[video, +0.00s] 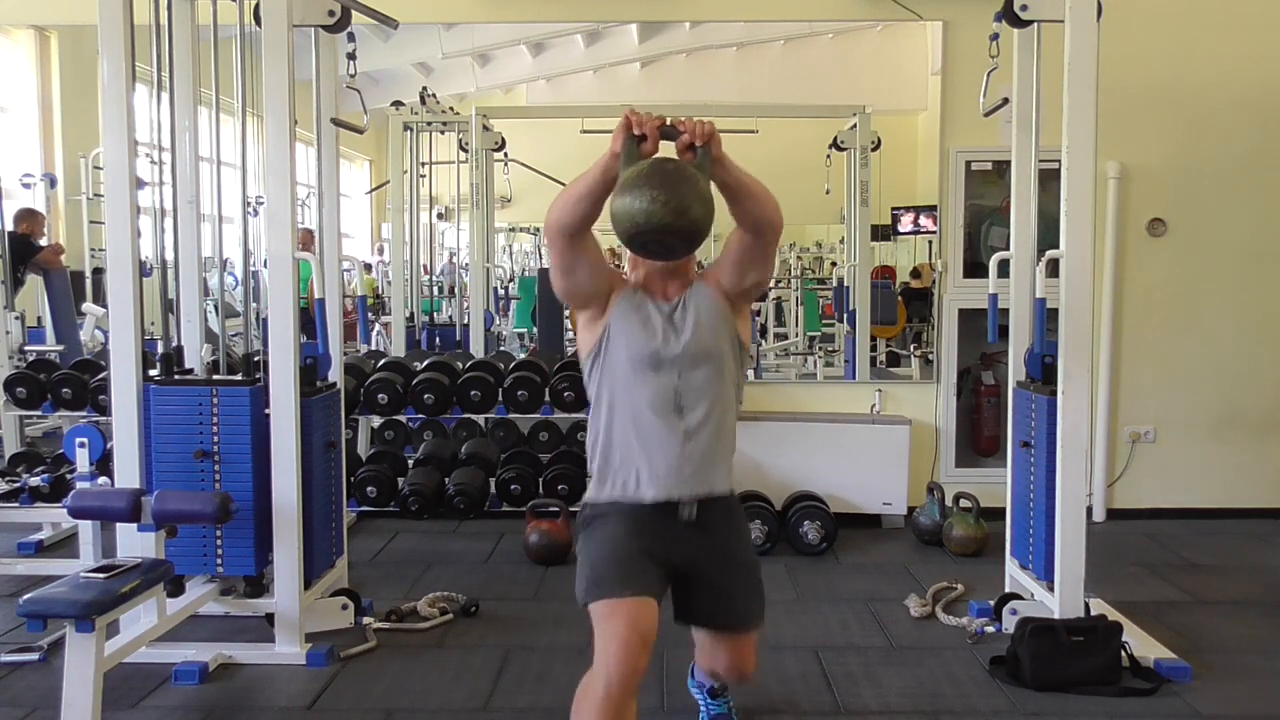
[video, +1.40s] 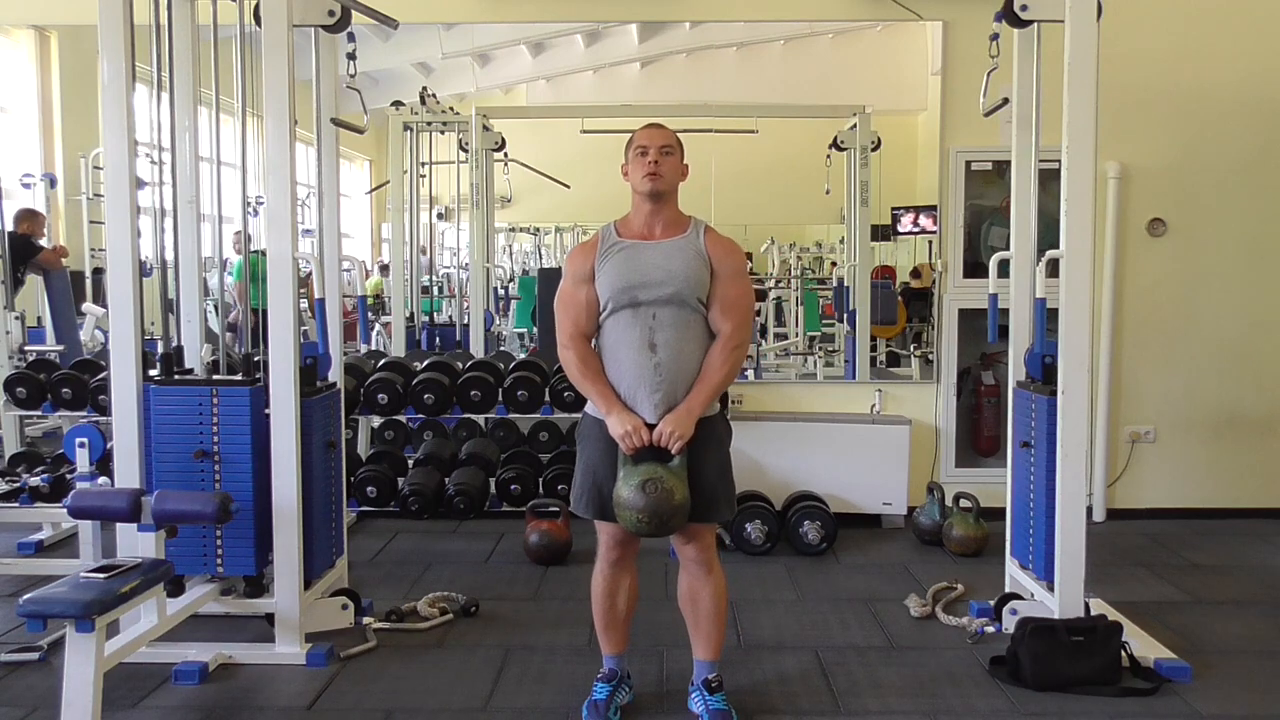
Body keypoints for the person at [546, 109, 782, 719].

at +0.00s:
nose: (662, 259)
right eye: (650, 246)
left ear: (705, 234)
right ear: (624, 240)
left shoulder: (727, 293)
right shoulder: (599, 298)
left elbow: (764, 225)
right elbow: (562, 228)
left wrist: (718, 165)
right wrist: (616, 159)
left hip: (714, 510)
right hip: (622, 511)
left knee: (737, 665)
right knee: (623, 657)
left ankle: (708, 679)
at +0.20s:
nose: (685, 182)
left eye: (696, 172)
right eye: (672, 173)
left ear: (717, 185)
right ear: (653, 186)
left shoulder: (739, 247)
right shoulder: (630, 248)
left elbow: (788, 221)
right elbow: (577, 225)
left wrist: (732, 173)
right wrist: (634, 174)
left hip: (718, 448)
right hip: (633, 444)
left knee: (718, 594)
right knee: (625, 584)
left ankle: (704, 688)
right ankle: (598, 713)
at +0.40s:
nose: (687, 155)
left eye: (699, 147)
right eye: (675, 148)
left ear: (717, 166)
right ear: (656, 166)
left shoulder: (745, 224)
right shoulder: (630, 227)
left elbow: (804, 259)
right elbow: (569, 256)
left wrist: (739, 237)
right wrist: (637, 240)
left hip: (719, 424)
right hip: (634, 423)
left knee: (711, 558)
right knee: (620, 560)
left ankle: (707, 686)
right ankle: (609, 669)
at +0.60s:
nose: (676, 158)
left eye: (688, 150)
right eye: (664, 150)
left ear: (705, 168)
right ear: (645, 167)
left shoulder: (736, 238)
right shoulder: (611, 242)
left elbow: (786, 298)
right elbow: (563, 305)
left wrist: (726, 318)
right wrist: (628, 321)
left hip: (711, 420)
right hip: (628, 421)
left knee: (706, 547)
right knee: (624, 549)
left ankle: (708, 684)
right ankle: (615, 671)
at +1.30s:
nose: (653, 158)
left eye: (666, 151)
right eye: (642, 151)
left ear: (684, 170)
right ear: (625, 171)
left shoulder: (720, 249)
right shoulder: (589, 254)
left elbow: (736, 336)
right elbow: (571, 342)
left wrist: (693, 407)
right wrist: (615, 408)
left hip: (695, 419)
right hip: (611, 419)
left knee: (697, 545)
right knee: (614, 543)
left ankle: (707, 682)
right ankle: (613, 673)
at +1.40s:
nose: (653, 159)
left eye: (665, 151)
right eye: (642, 152)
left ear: (684, 170)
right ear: (625, 171)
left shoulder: (719, 250)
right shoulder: (588, 255)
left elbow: (735, 337)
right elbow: (572, 343)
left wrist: (691, 410)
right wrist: (613, 410)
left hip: (693, 421)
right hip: (609, 421)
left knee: (697, 547)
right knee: (613, 545)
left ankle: (706, 683)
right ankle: (612, 673)